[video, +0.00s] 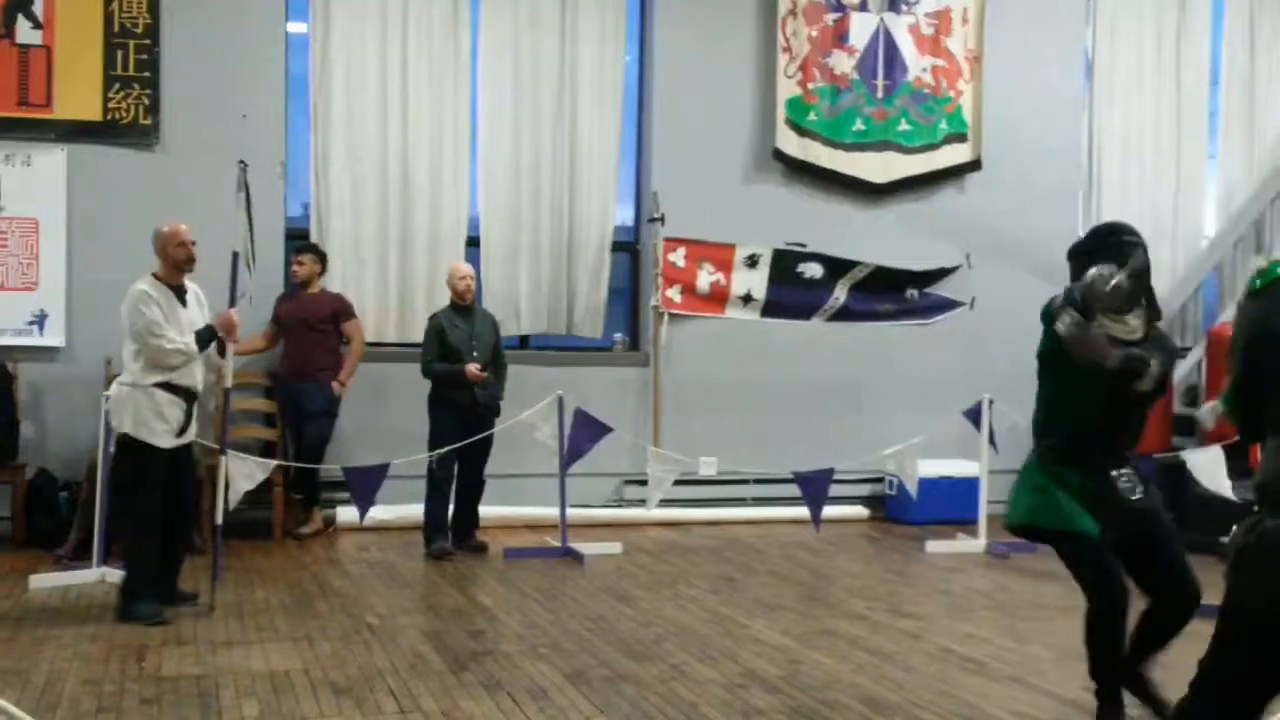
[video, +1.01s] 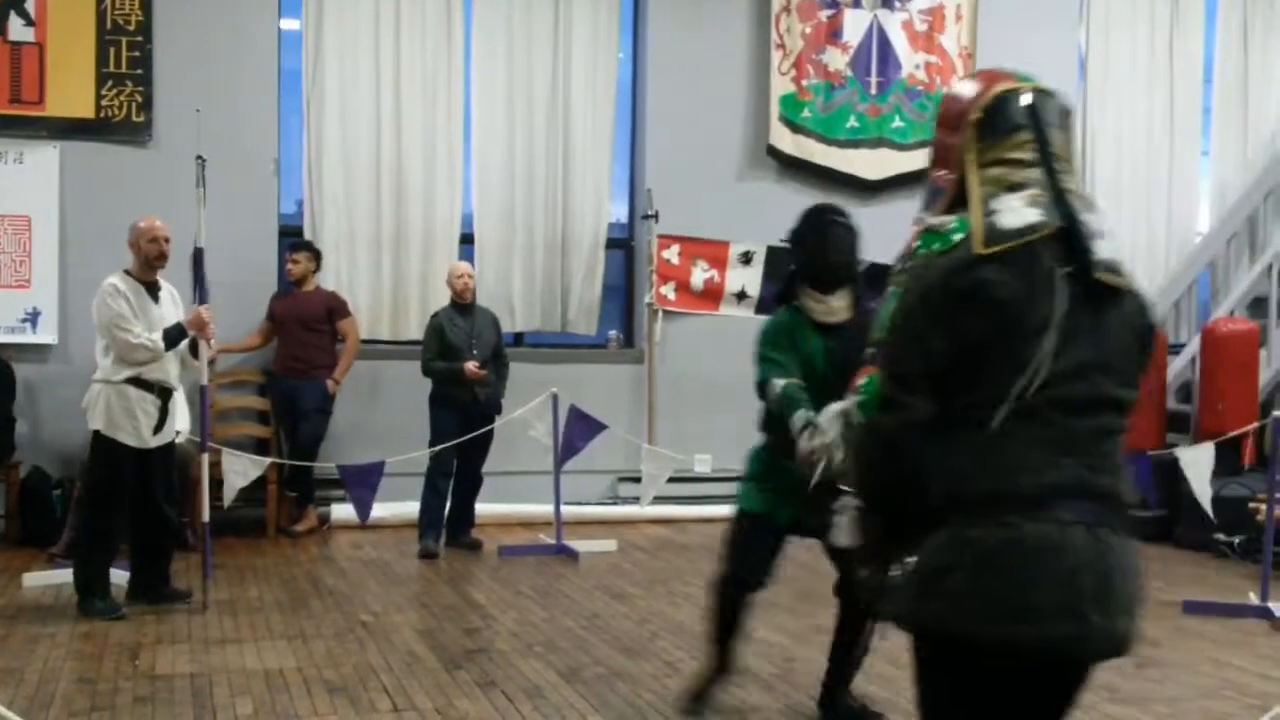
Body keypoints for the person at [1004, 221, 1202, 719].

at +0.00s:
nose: (1123, 285)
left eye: (1133, 273)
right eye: (1112, 272)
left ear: (1144, 280)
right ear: (1085, 273)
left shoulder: (1151, 338)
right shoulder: (1064, 314)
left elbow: (1152, 371)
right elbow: (1071, 327)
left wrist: (1120, 357)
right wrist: (1090, 291)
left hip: (1114, 477)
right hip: (1055, 480)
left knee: (1179, 595)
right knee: (1108, 592)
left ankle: (1131, 666)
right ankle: (1108, 701)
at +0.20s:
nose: (1118, 282)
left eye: (1130, 270)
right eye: (1105, 269)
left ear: (1143, 274)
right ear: (1079, 268)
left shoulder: (1153, 340)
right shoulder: (1054, 315)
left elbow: (1138, 396)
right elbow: (1036, 323)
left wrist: (1088, 377)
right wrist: (1081, 318)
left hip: (1115, 486)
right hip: (1045, 485)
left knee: (1175, 615)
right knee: (1048, 585)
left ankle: (1182, 708)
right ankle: (1088, 676)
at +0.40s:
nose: (1071, 274)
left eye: (1074, 263)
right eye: (1059, 264)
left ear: (1080, 272)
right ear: (1034, 273)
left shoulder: (1092, 338)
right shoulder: (1009, 344)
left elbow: (1128, 406)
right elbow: (1004, 380)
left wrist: (1110, 419)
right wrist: (1065, 361)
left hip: (1079, 508)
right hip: (1013, 507)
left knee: (1148, 623)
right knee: (977, 605)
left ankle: (1173, 706)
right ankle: (925, 709)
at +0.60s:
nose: (974, 286)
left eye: (975, 276)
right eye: (965, 276)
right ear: (949, 280)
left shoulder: (995, 340)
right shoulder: (927, 350)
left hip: (977, 501)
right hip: (918, 503)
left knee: (1050, 595)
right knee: (930, 609)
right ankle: (903, 710)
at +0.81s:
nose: (890, 279)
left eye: (899, 268)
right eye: (882, 268)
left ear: (911, 270)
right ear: (863, 268)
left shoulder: (929, 334)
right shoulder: (843, 337)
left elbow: (954, 391)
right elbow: (827, 407)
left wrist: (927, 417)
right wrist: (874, 420)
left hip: (920, 497)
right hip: (859, 496)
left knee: (937, 605)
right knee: (874, 618)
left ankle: (861, 669)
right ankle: (874, 705)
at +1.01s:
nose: (828, 267)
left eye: (832, 256)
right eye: (822, 256)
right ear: (833, 263)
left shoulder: (873, 325)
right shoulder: (783, 329)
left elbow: (881, 384)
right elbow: (779, 385)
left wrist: (850, 421)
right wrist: (808, 425)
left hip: (845, 484)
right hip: (778, 477)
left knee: (863, 590)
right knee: (736, 577)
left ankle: (836, 693)